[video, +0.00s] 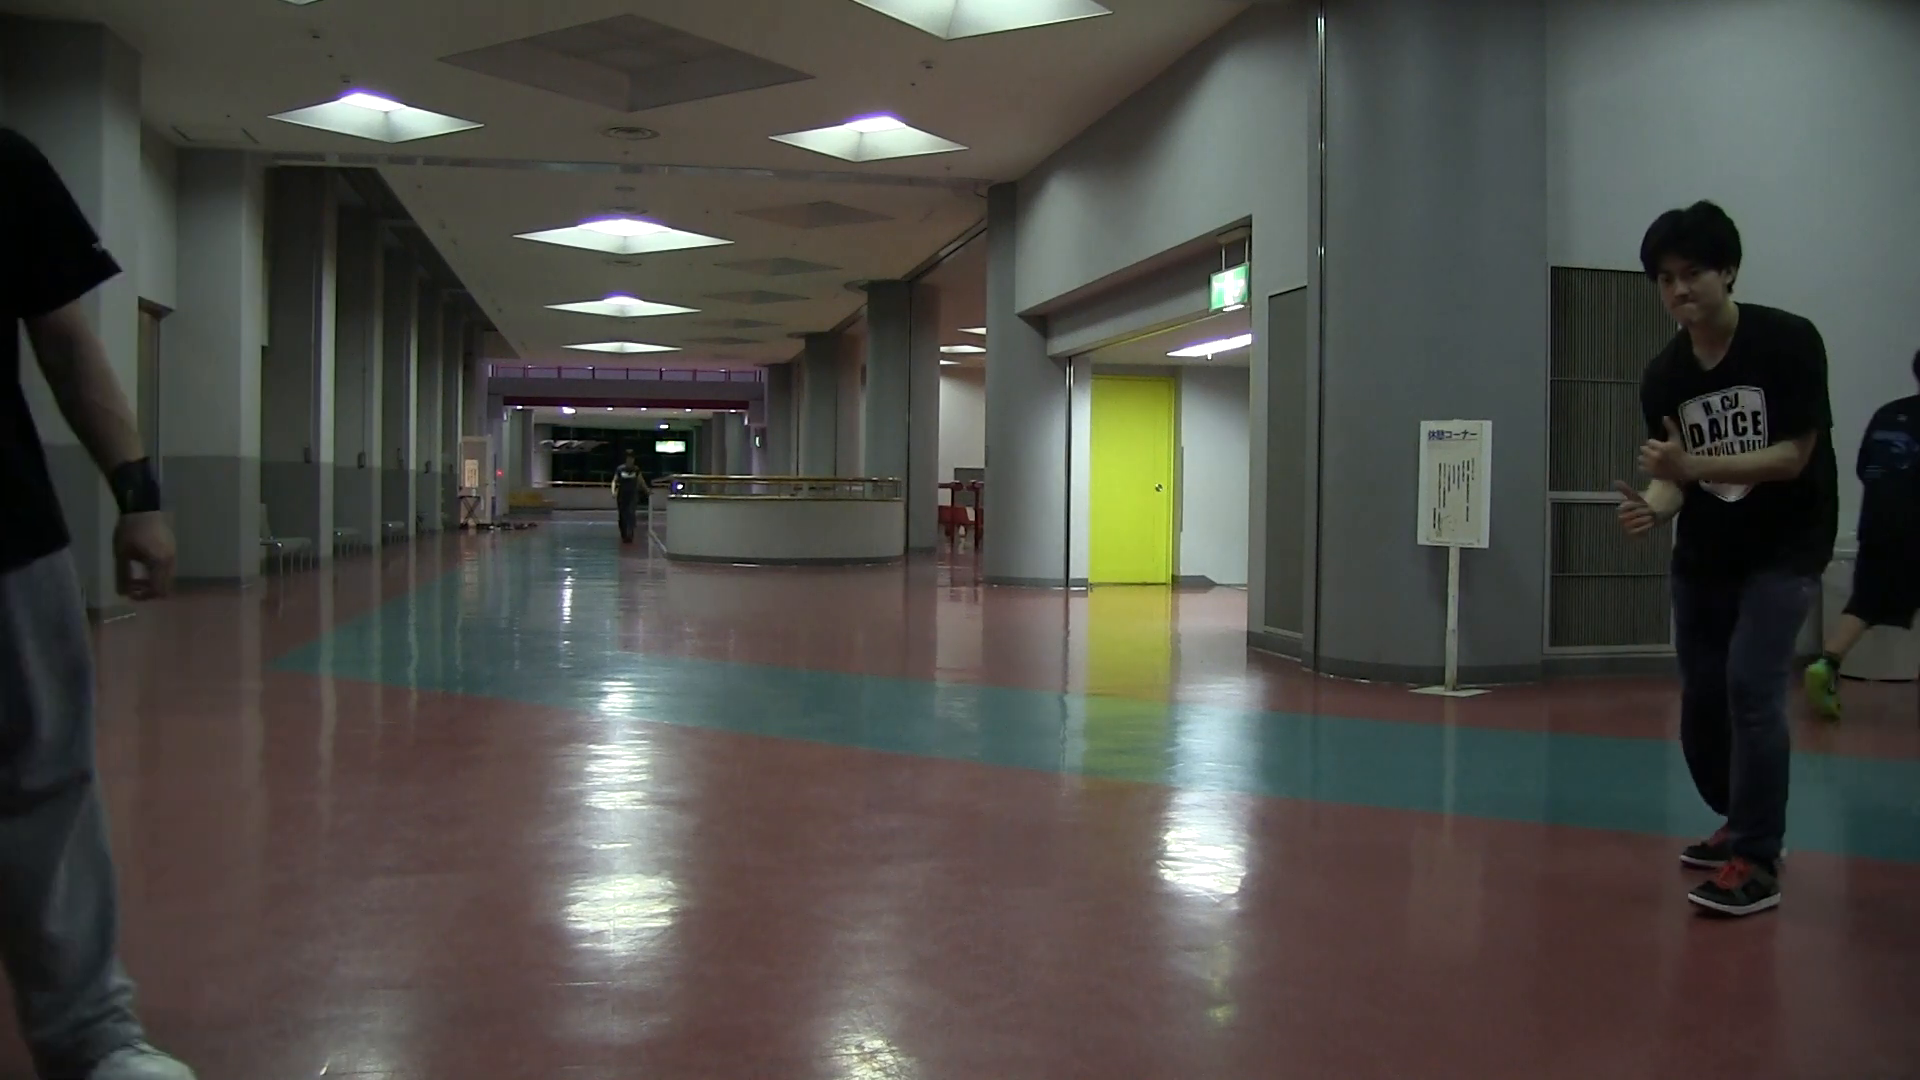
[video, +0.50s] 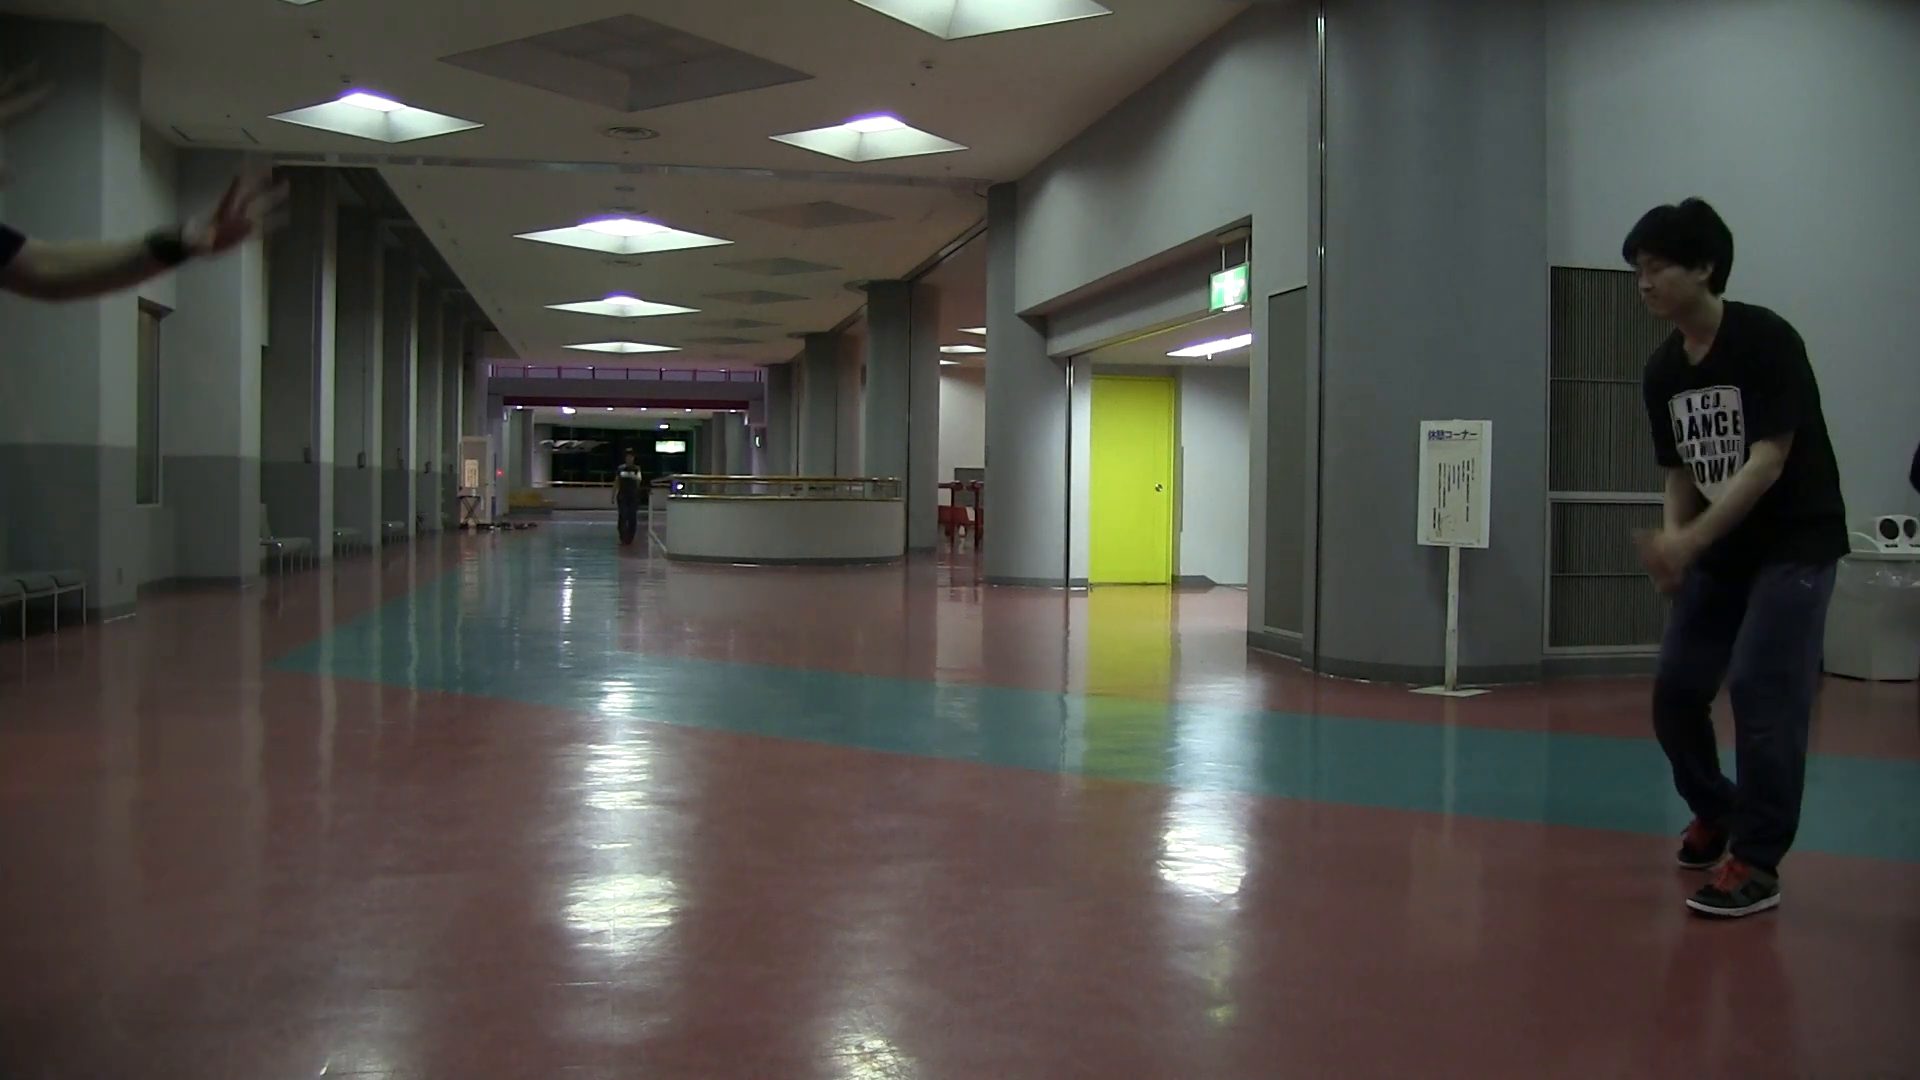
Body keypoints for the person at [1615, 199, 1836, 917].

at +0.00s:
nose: (1679, 291)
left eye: (1691, 274)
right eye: (1667, 280)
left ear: (1728, 272)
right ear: (1658, 287)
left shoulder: (1790, 342)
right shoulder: (1663, 375)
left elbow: (1795, 457)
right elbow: (1679, 472)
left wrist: (1689, 465)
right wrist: (1649, 505)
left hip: (1784, 551)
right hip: (1705, 554)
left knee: (1752, 690)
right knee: (1704, 696)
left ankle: (1757, 862)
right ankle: (1742, 824)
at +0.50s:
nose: (1643, 282)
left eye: (1656, 267)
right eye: (1639, 269)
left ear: (1704, 269)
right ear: (1643, 277)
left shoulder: (1767, 339)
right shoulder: (1662, 369)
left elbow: (1771, 458)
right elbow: (1678, 478)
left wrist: (1690, 538)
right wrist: (1672, 548)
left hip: (1798, 544)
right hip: (1722, 548)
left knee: (1764, 691)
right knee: (1676, 694)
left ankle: (1757, 864)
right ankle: (1716, 812)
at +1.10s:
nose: (1655, 246)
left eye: (1660, 234)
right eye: (1658, 233)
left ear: (1684, 242)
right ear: (1719, 242)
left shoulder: (1728, 318)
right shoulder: (1729, 314)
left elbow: (1733, 432)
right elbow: (1727, 435)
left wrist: (1737, 536)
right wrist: (1704, 530)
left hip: (1713, 540)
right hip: (1719, 535)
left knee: (1644, 669)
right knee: (1721, 684)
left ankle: (1667, 827)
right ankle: (1764, 828)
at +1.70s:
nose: (1584, 234)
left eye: (1600, 223)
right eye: (1583, 221)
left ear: (1641, 236)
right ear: (1585, 229)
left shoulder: (1662, 319)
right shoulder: (1596, 317)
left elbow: (1675, 438)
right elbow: (1594, 430)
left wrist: (1643, 544)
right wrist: (1578, 524)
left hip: (1637, 531)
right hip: (1597, 528)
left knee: (1604, 684)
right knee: (1635, 675)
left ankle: (1567, 829)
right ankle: (1730, 801)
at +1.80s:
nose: (1576, 235)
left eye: (1591, 225)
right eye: (1575, 222)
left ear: (1631, 237)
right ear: (1576, 231)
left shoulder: (1652, 326)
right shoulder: (1575, 320)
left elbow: (1661, 448)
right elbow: (1560, 429)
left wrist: (1630, 552)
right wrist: (1544, 516)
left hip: (1620, 535)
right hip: (1570, 529)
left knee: (1594, 684)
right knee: (1575, 679)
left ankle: (1566, 827)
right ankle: (1688, 782)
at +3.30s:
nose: (1529, 226)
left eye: (1539, 211)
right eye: (1511, 217)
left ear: (1559, 221)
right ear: (1489, 236)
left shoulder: (1609, 289)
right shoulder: (1478, 326)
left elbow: (1663, 351)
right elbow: (1472, 411)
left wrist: (1566, 321)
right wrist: (1534, 327)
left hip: (1602, 527)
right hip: (1519, 533)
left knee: (1590, 685)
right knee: (1524, 687)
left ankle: (1562, 829)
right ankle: (1539, 846)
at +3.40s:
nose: (1524, 223)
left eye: (1532, 208)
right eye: (1505, 215)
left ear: (1552, 217)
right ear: (1483, 237)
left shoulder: (1606, 289)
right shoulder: (1475, 325)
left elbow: (1652, 364)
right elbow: (1478, 409)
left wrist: (1563, 325)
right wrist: (1529, 312)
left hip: (1606, 526)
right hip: (1522, 532)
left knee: (1595, 687)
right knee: (1525, 688)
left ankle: (1560, 833)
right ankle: (1538, 847)